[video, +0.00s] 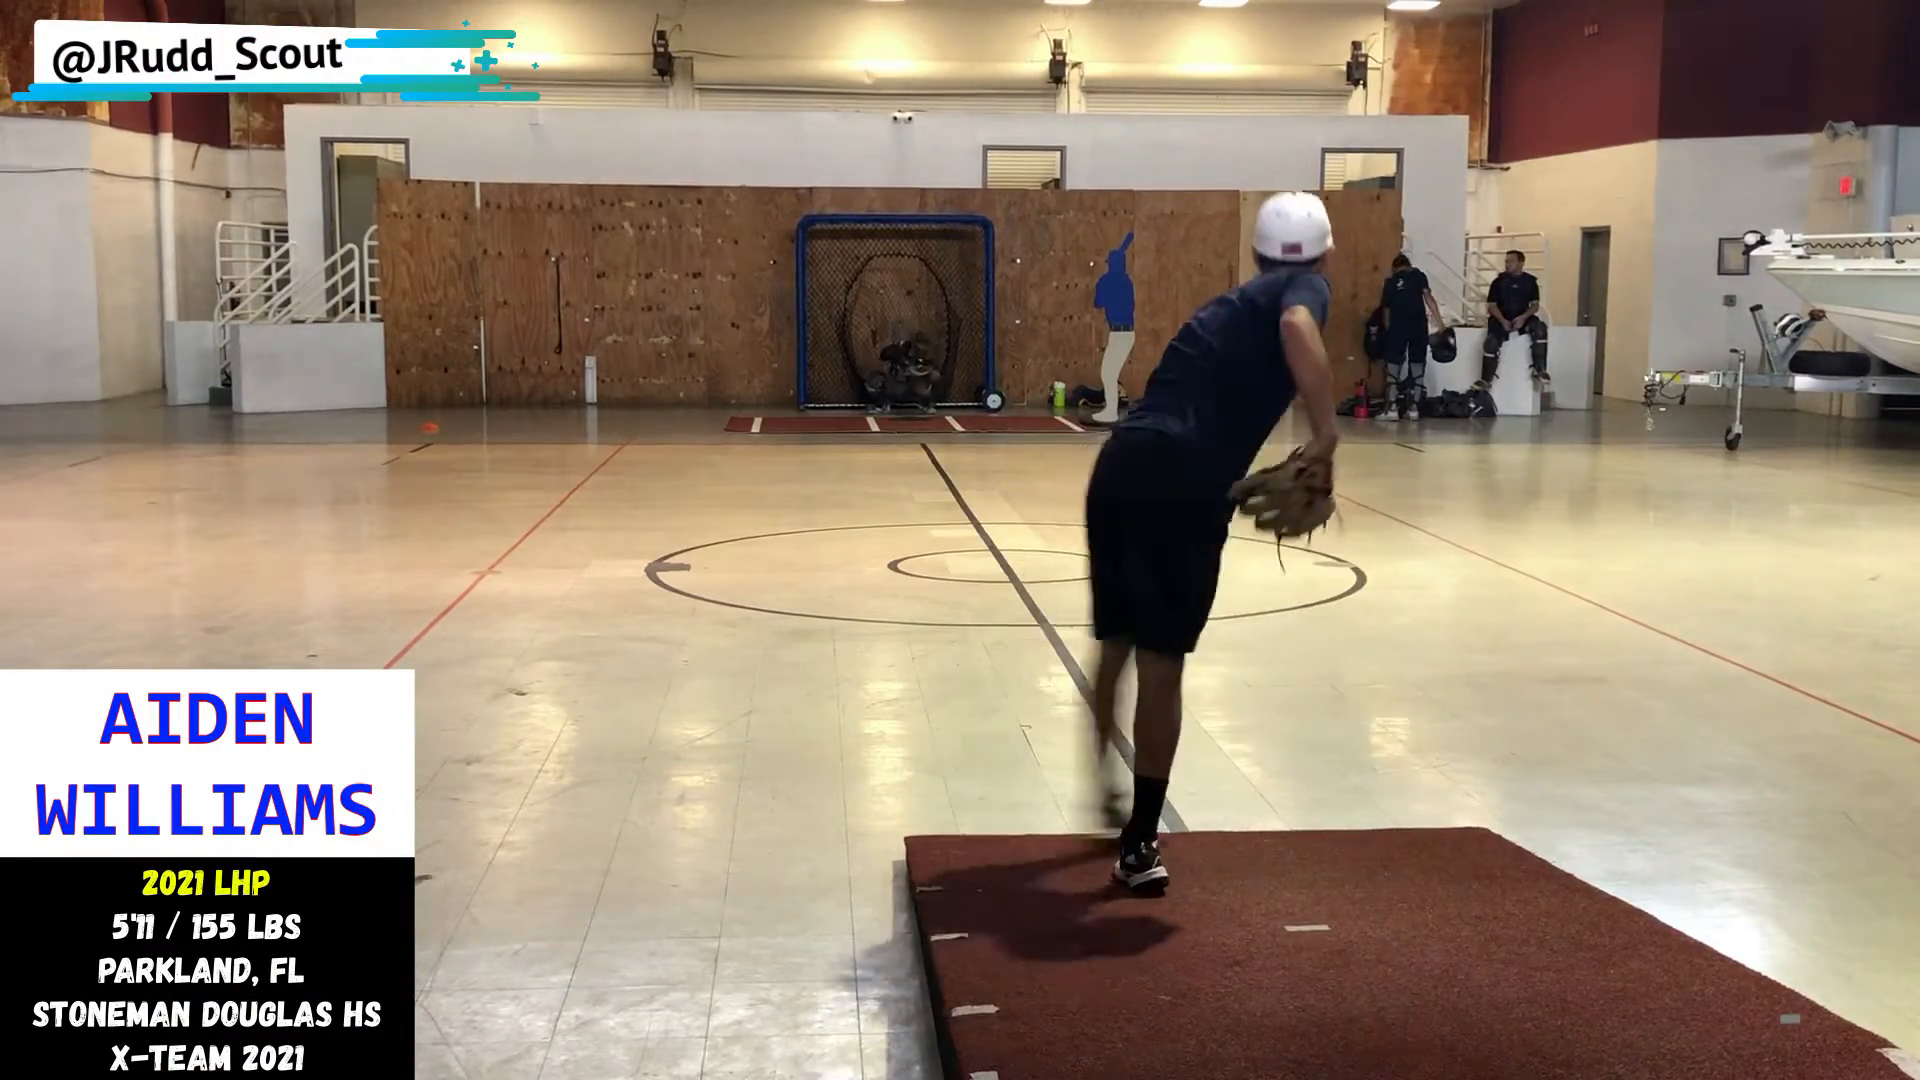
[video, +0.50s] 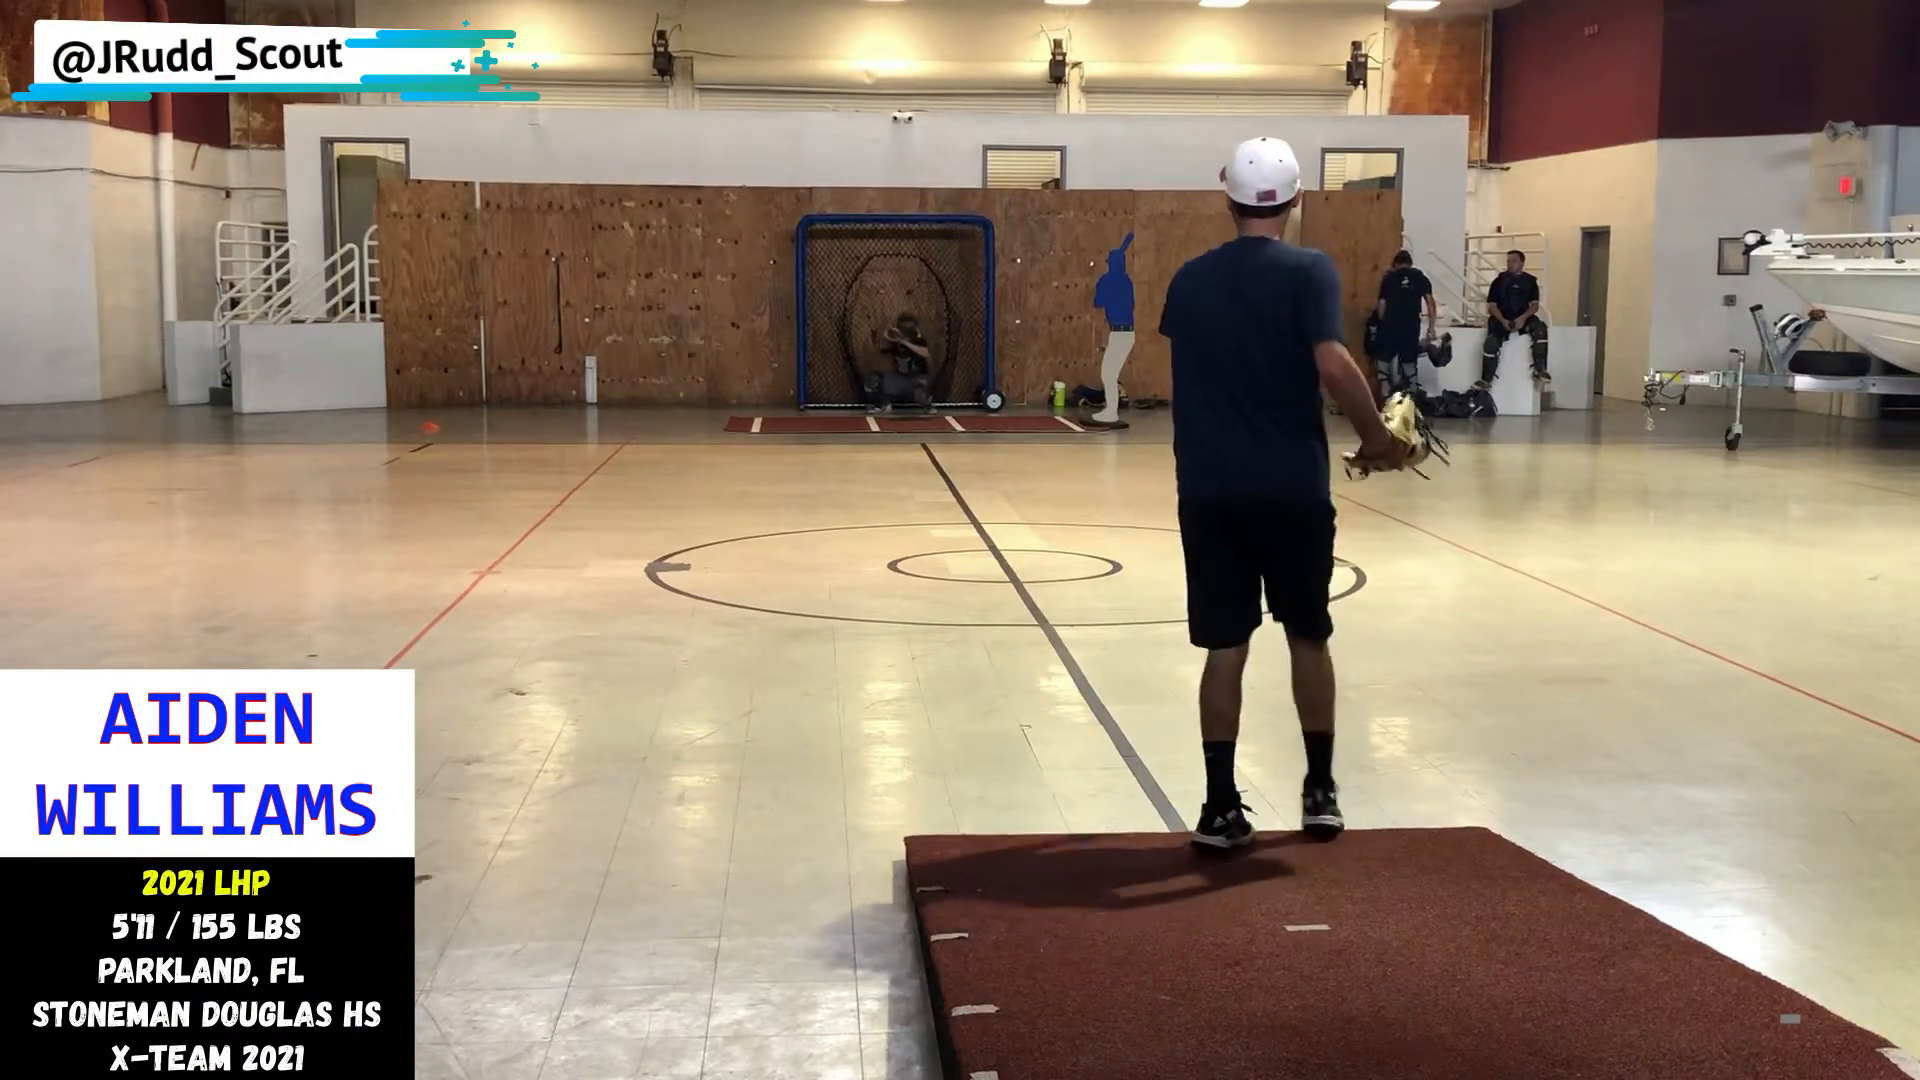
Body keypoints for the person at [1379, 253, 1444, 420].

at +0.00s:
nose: (1393, 272)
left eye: (1393, 270)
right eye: (1396, 270)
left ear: (1394, 268)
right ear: (1410, 265)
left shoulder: (1390, 282)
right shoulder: (1419, 275)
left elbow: (1386, 309)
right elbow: (1428, 297)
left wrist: (1388, 329)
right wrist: (1440, 323)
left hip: (1398, 330)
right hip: (1419, 329)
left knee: (1393, 369)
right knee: (1418, 369)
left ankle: (1392, 408)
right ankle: (1414, 408)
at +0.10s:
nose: (1393, 272)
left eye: (1393, 270)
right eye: (1394, 270)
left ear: (1394, 268)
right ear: (1409, 264)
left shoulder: (1390, 282)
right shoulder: (1418, 274)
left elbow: (1386, 308)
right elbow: (1429, 297)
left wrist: (1389, 327)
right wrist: (1440, 323)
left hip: (1398, 329)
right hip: (1419, 328)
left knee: (1392, 368)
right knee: (1418, 368)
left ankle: (1392, 408)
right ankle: (1414, 408)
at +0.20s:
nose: (1397, 271)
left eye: (1395, 268)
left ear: (1394, 267)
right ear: (1410, 264)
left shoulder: (1390, 281)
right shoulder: (1418, 274)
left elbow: (1386, 307)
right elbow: (1429, 298)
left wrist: (1388, 326)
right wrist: (1440, 324)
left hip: (1396, 330)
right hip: (1417, 329)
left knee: (1392, 368)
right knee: (1417, 368)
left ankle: (1392, 408)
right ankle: (1413, 408)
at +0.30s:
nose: (1396, 270)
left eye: (1395, 266)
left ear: (1395, 265)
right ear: (1411, 263)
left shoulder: (1390, 279)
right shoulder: (1419, 274)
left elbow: (1386, 305)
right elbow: (1430, 300)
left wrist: (1386, 324)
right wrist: (1438, 326)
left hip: (1395, 330)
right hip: (1415, 330)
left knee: (1391, 369)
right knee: (1415, 369)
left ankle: (1392, 408)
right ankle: (1413, 408)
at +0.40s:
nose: (1397, 268)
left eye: (1396, 265)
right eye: (1400, 265)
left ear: (1396, 264)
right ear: (1412, 263)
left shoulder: (1389, 278)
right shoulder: (1421, 276)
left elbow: (1384, 304)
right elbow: (1430, 301)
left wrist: (1383, 323)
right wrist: (1435, 327)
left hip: (1392, 328)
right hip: (1414, 329)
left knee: (1388, 367)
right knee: (1413, 367)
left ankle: (1392, 406)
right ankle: (1412, 406)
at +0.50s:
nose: (1396, 267)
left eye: (1395, 264)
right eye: (1398, 265)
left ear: (1395, 263)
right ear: (1411, 263)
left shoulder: (1388, 277)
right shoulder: (1419, 276)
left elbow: (1381, 304)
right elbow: (1430, 302)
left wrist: (1381, 321)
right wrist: (1431, 327)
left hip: (1390, 327)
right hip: (1411, 328)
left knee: (1383, 364)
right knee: (1410, 366)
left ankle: (1386, 398)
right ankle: (1412, 399)